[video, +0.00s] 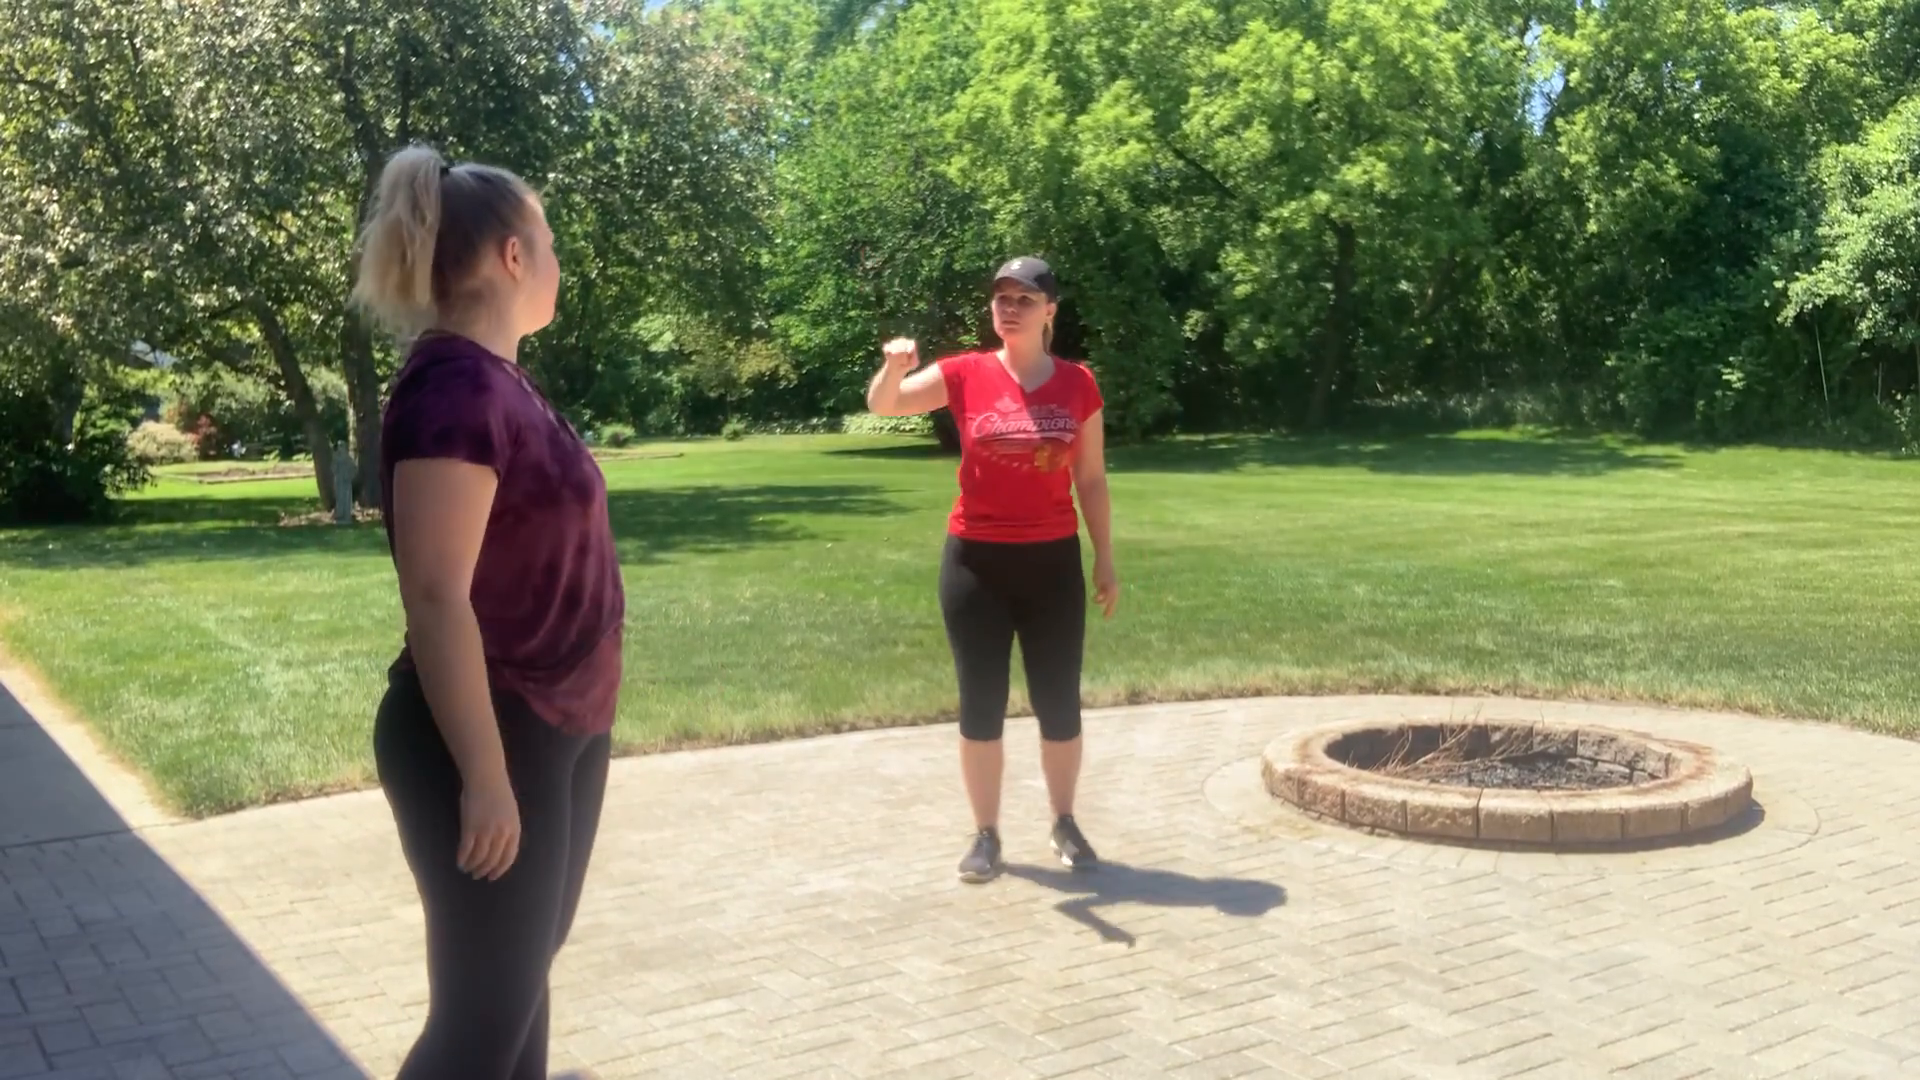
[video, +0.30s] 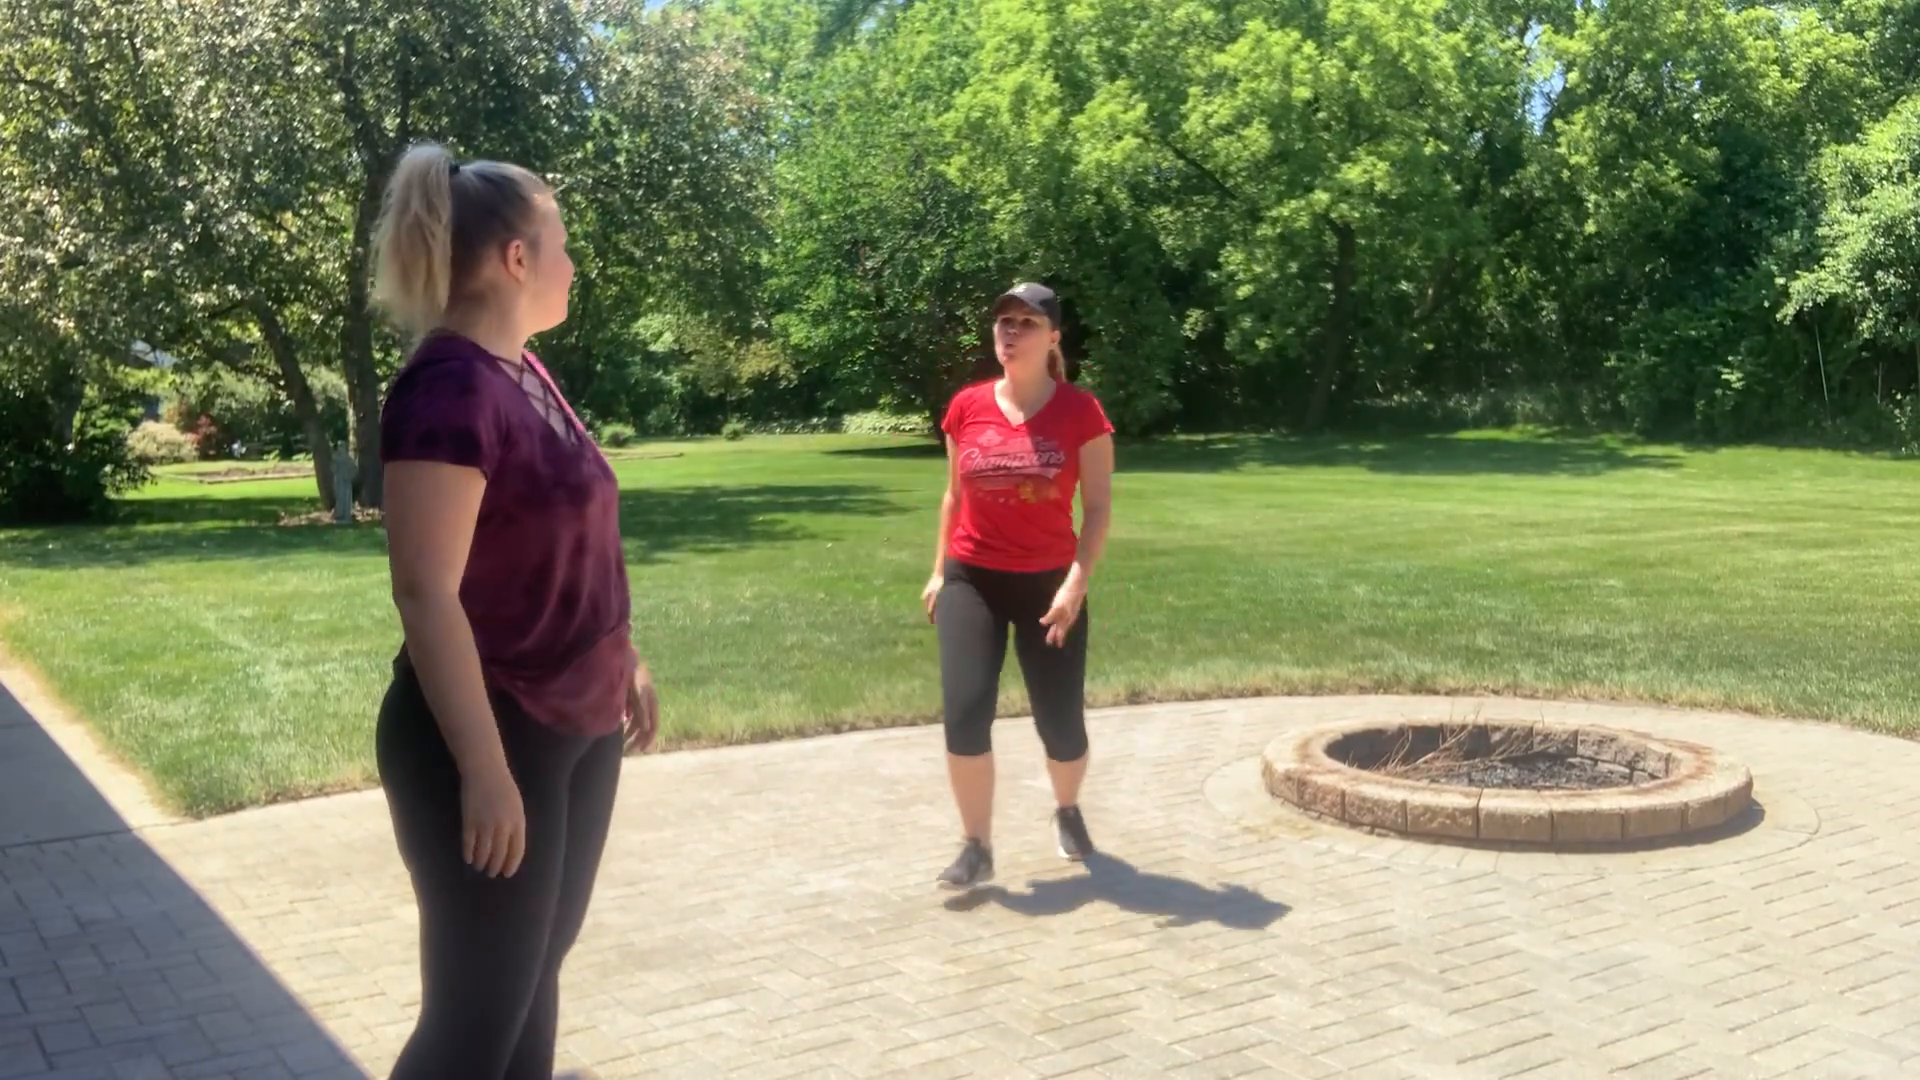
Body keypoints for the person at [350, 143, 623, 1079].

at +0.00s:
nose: (557, 263)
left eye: (551, 241)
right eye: (546, 241)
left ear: (475, 264)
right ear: (506, 257)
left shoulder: (492, 381)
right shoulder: (456, 389)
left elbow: (481, 586)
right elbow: (435, 596)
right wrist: (484, 775)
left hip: (547, 729)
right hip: (494, 734)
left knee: (517, 1007)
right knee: (481, 1026)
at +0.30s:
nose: (571, 263)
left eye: (565, 241)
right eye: (559, 241)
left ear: (503, 263)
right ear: (513, 259)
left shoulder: (526, 372)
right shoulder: (453, 384)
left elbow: (546, 550)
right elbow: (426, 596)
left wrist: (618, 657)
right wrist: (483, 767)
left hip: (574, 726)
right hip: (491, 734)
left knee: (531, 998)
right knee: (475, 1023)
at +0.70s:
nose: (594, 273)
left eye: (590, 253)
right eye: (585, 254)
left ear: (533, 265)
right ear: (540, 264)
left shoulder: (565, 368)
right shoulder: (445, 390)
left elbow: (610, 512)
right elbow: (411, 584)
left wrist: (696, 610)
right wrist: (513, 740)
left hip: (592, 735)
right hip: (476, 745)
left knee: (546, 988)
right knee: (470, 1023)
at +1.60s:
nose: (425, 217)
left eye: (447, 209)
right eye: (397, 202)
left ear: (471, 251)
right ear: (347, 237)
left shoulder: (517, 383)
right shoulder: (284, 352)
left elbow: (561, 560)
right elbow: (108, 434)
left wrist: (651, 590)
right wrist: (295, 380)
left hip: (506, 764)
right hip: (320, 769)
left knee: (509, 1054)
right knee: (364, 1056)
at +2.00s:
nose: (302, 218)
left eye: (331, 199)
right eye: (268, 197)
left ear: (374, 245)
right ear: (219, 239)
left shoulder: (454, 398)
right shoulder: (159, 409)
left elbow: (638, 542)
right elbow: (115, 631)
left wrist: (606, 697)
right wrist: (63, 812)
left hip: (420, 827)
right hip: (212, 821)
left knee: (370, 1065)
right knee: (130, 1067)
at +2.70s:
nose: (246, 229)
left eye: (254, 195)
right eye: (201, 204)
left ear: (271, 200)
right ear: (105, 224)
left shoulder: (349, 371)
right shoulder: (32, 386)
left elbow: (444, 587)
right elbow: (4, 602)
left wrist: (306, 617)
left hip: (323, 841)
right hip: (89, 846)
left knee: (318, 1065)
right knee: (113, 1065)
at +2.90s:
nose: (284, 244)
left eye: (286, 213)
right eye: (243, 218)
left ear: (296, 209)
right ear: (139, 224)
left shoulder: (347, 377)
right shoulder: (27, 393)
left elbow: (440, 574)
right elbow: (0, 661)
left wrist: (425, 621)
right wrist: (6, 607)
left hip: (335, 836)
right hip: (94, 848)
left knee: (344, 1065)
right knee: (95, 1065)